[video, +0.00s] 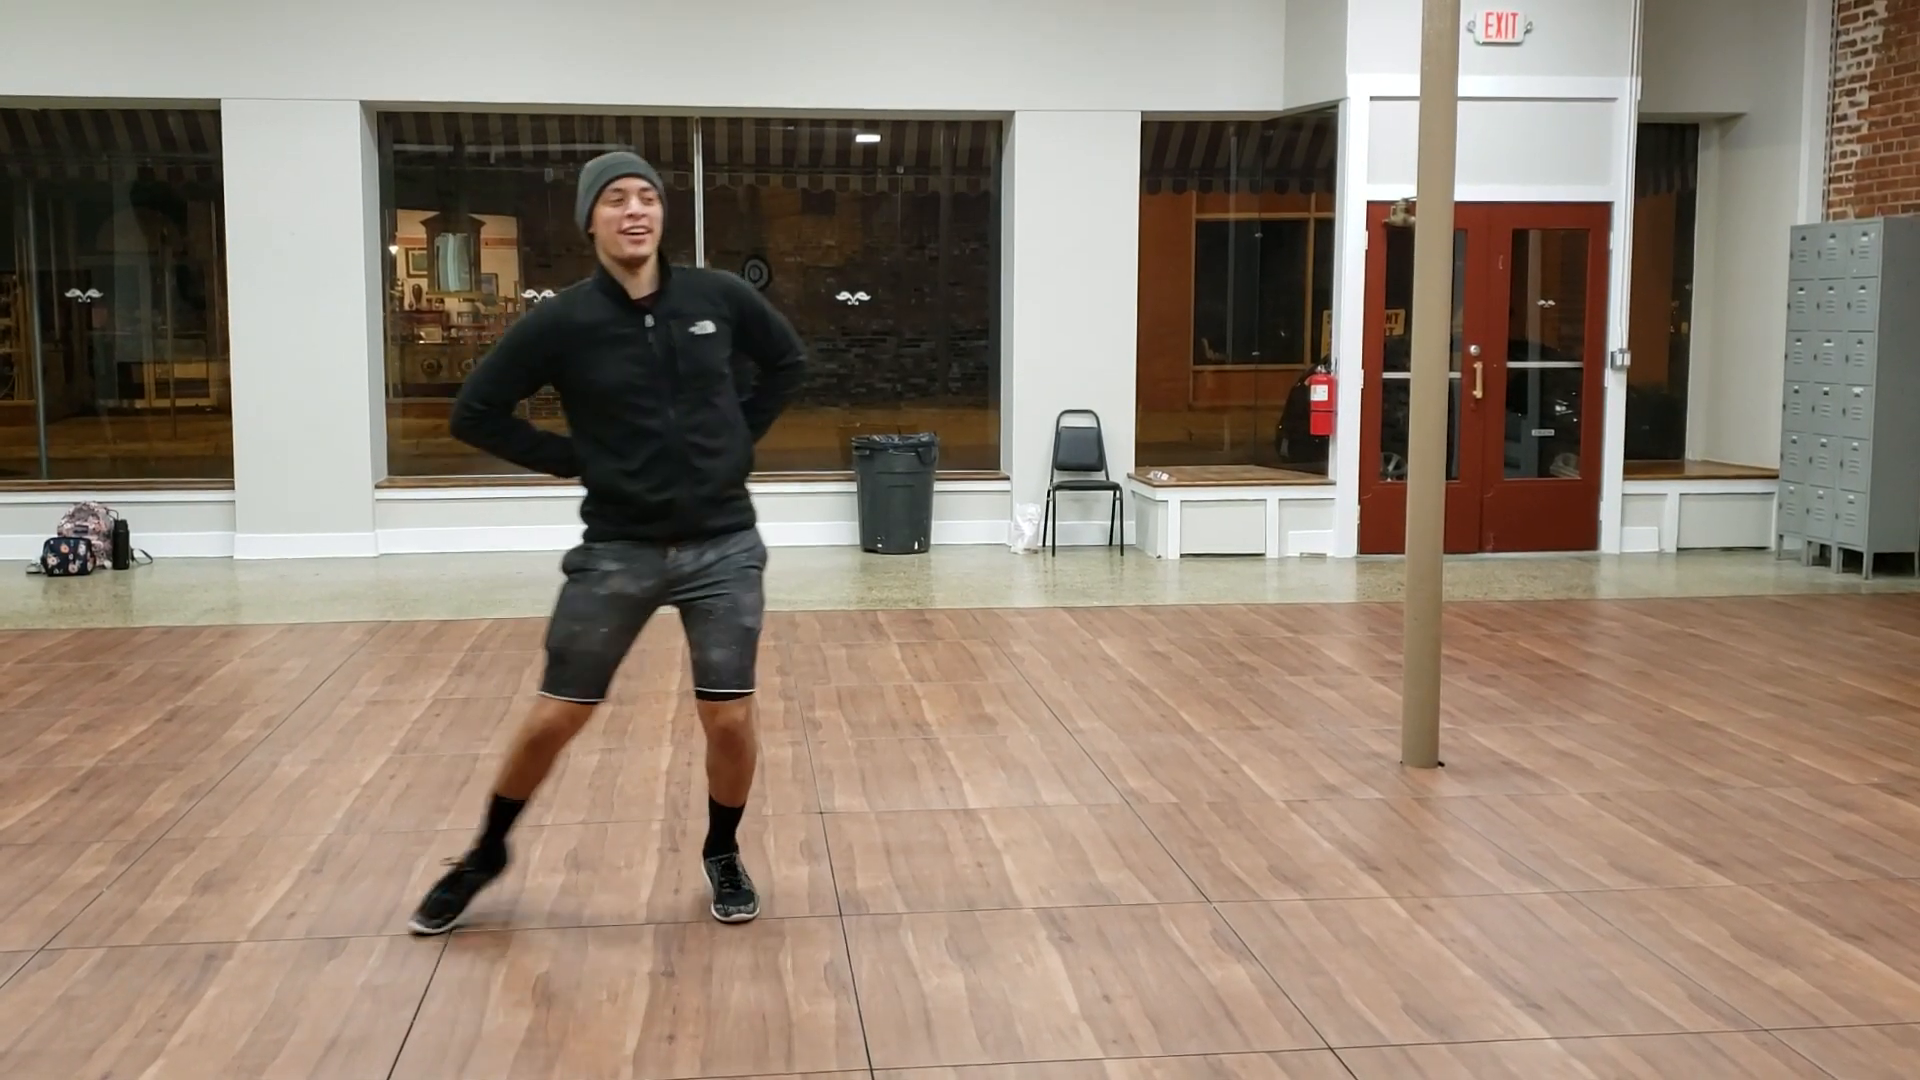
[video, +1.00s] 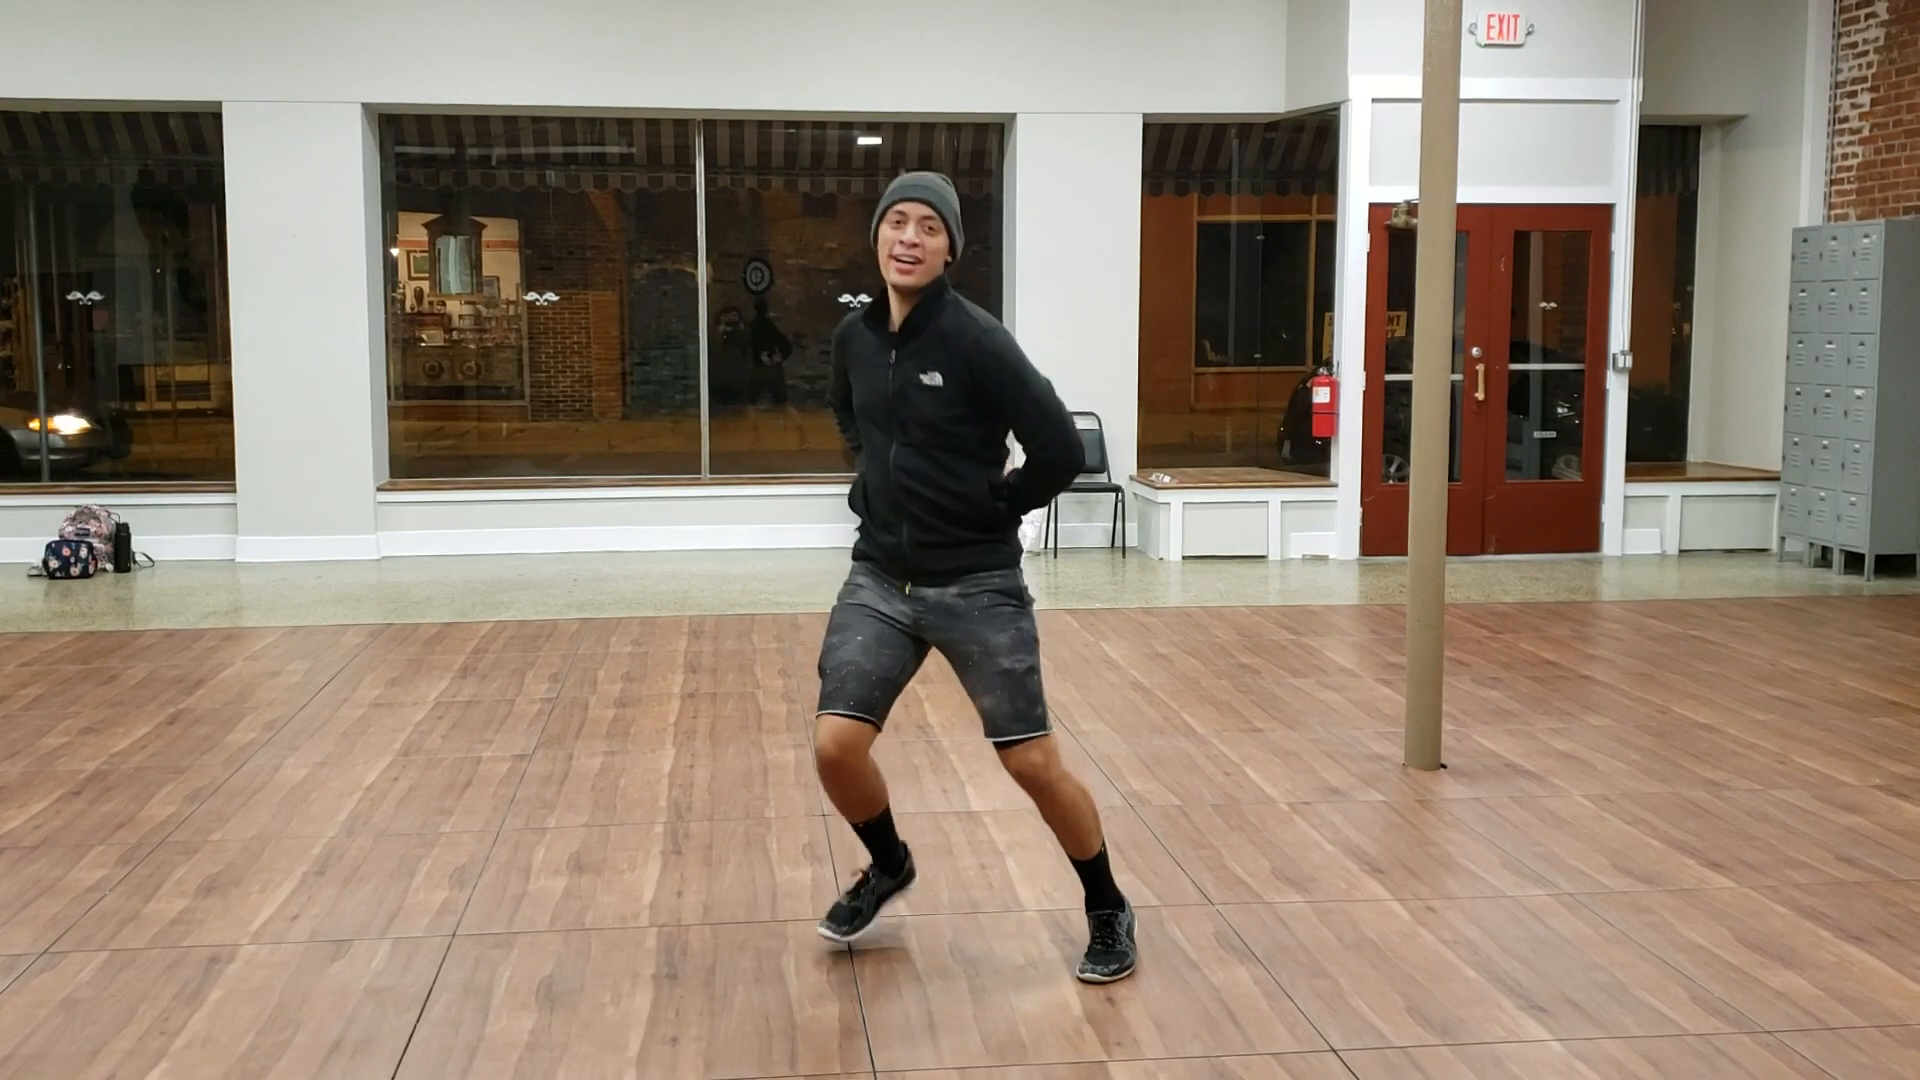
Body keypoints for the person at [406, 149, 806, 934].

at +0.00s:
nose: (634, 211)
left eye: (645, 199)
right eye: (617, 201)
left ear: (664, 217)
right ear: (591, 223)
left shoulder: (721, 296)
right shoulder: (560, 320)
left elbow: (787, 363)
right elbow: (472, 417)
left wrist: (737, 437)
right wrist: (579, 457)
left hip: (722, 543)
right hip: (617, 549)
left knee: (730, 715)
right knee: (557, 716)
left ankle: (723, 854)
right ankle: (486, 854)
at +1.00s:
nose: (909, 239)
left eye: (929, 229)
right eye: (898, 223)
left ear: (950, 250)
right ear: (877, 237)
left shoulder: (979, 343)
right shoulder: (855, 334)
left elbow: (1062, 456)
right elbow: (852, 422)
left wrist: (991, 506)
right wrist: (883, 483)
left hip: (977, 584)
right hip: (881, 574)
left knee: (1031, 760)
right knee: (835, 746)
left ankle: (1108, 907)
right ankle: (889, 864)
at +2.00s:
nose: (630, 188)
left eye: (643, 176)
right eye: (612, 176)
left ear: (664, 197)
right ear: (584, 198)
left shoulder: (710, 298)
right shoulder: (535, 292)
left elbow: (759, 387)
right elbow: (424, 371)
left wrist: (689, 453)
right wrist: (523, 439)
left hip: (661, 558)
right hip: (548, 553)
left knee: (656, 748)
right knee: (496, 732)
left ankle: (640, 922)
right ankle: (445, 899)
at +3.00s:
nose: (775, 220)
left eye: (788, 207)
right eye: (758, 205)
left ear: (803, 225)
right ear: (721, 222)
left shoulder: (848, 314)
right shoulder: (688, 326)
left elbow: (940, 419)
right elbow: (641, 406)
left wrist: (859, 478)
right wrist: (702, 464)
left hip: (847, 578)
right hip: (739, 579)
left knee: (875, 766)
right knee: (762, 763)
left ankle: (827, 863)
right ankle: (811, 948)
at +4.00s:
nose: (767, 209)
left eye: (785, 204)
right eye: (754, 194)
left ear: (801, 235)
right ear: (721, 213)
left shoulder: (836, 322)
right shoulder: (666, 313)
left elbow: (930, 406)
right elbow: (561, 391)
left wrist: (842, 480)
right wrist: (654, 460)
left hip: (778, 585)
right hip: (690, 580)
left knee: (695, 783)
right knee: (756, 775)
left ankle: (654, 962)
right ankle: (880, 896)